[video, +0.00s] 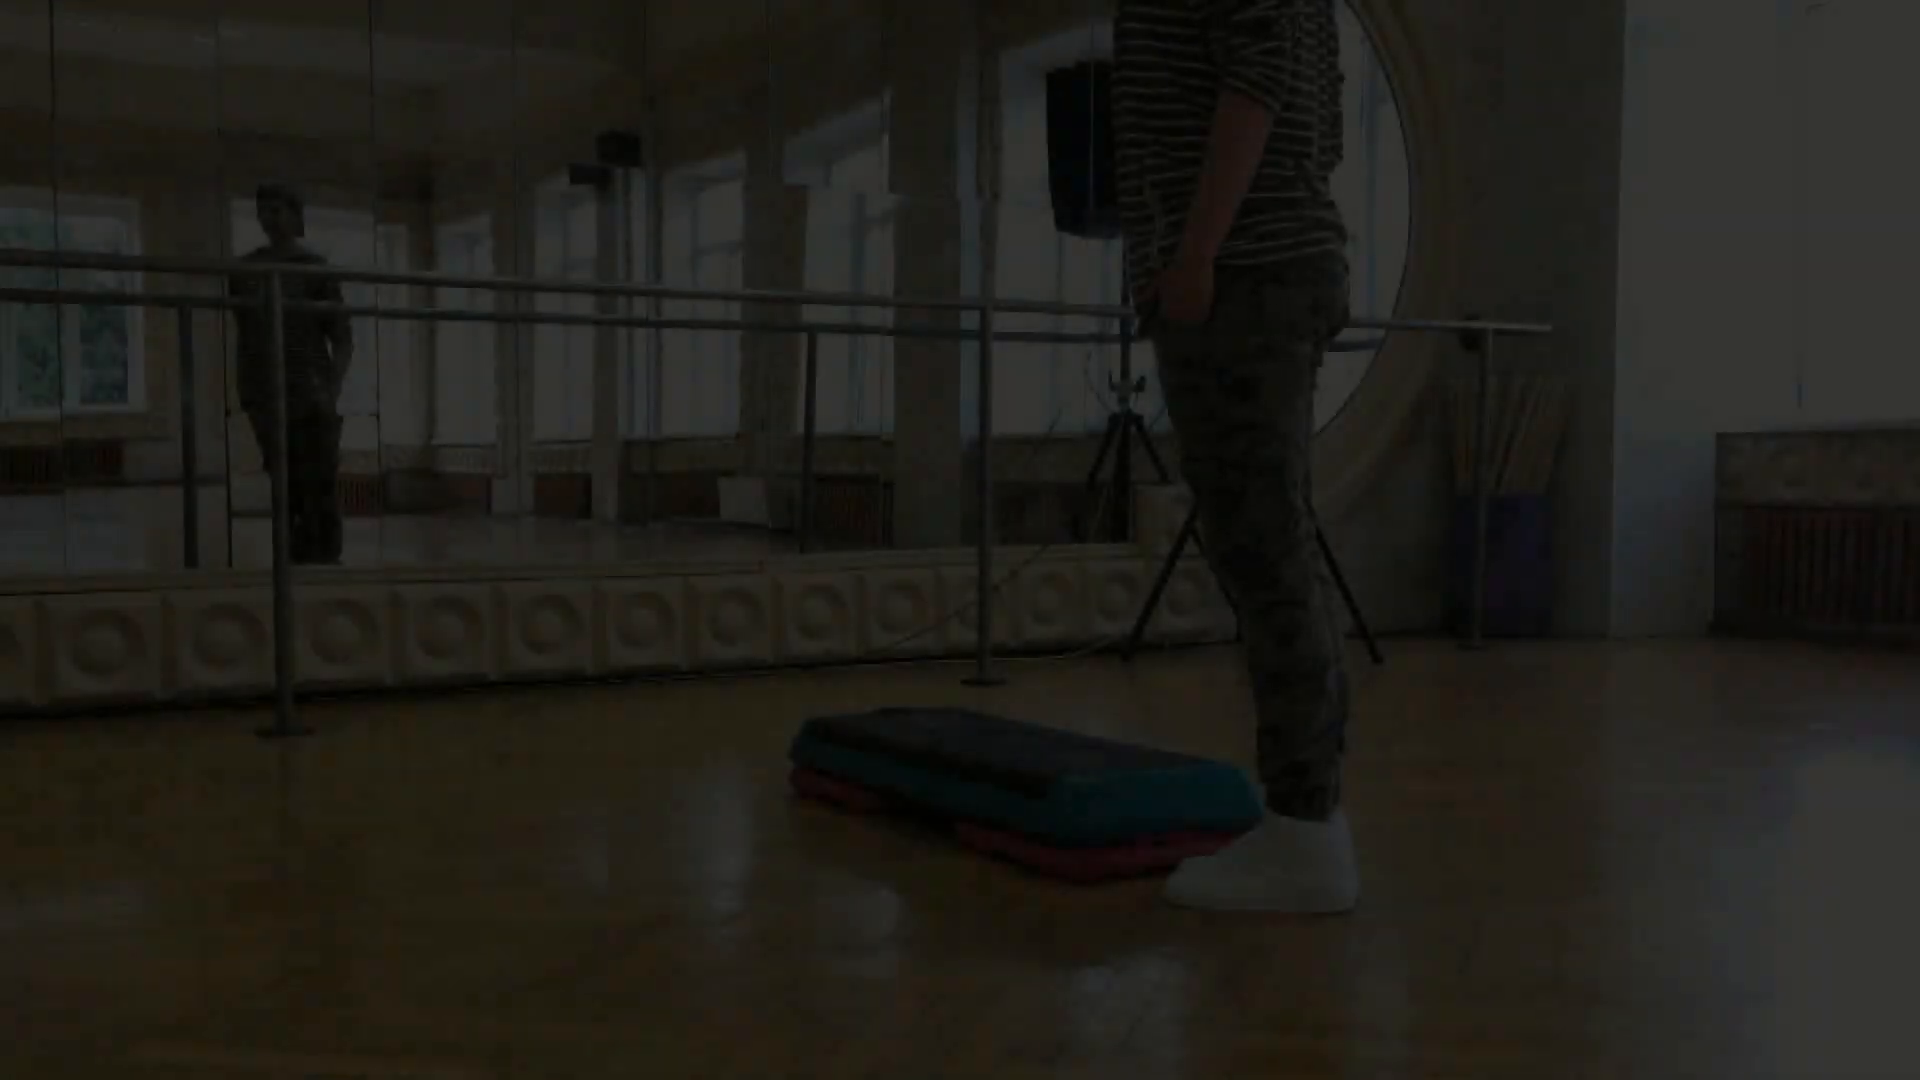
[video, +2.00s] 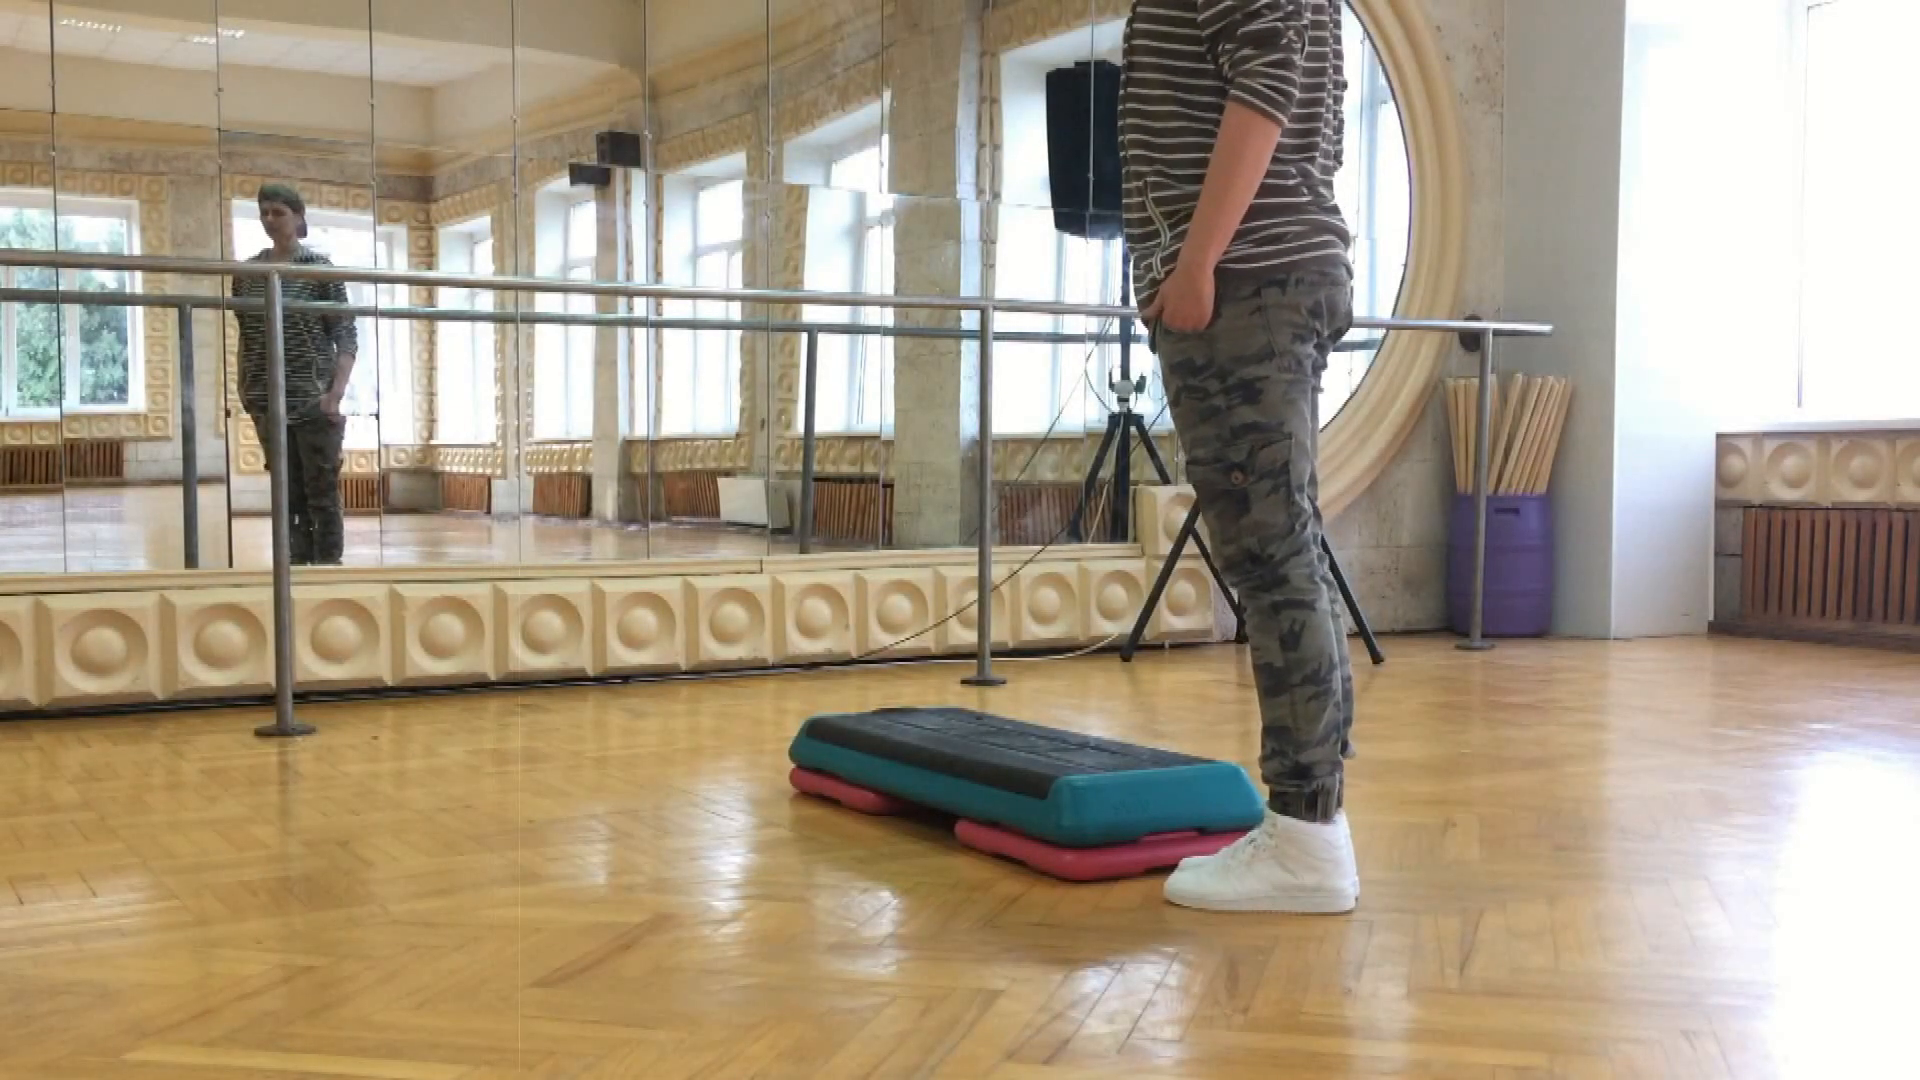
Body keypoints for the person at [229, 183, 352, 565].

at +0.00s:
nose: (274, 223)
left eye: (281, 213)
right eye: (268, 214)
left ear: (297, 217)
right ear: (260, 219)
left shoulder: (316, 267)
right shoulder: (245, 270)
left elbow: (341, 334)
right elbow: (244, 335)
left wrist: (332, 385)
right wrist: (246, 389)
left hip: (313, 390)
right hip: (265, 392)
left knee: (318, 476)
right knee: (285, 477)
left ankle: (323, 557)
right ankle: (293, 556)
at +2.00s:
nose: (270, 220)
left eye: (278, 213)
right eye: (265, 214)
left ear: (299, 218)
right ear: (260, 220)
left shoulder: (320, 268)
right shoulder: (246, 272)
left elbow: (346, 336)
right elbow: (246, 337)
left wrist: (334, 395)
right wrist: (246, 393)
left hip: (316, 401)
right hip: (266, 404)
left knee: (320, 493)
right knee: (286, 495)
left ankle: (327, 573)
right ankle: (296, 572)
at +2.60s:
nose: (272, 230)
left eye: (280, 223)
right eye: (266, 224)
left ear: (301, 227)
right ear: (262, 230)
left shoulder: (327, 275)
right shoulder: (258, 279)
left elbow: (368, 335)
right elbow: (260, 330)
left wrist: (344, 384)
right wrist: (258, 384)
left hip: (322, 393)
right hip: (275, 397)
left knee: (298, 448)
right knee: (278, 484)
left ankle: (325, 532)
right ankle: (297, 566)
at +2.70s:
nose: (271, 210)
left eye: (278, 203)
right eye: (265, 204)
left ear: (299, 206)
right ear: (262, 211)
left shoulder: (327, 255)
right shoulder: (263, 261)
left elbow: (370, 311)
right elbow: (271, 313)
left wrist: (351, 361)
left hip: (334, 369)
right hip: (292, 373)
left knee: (313, 452)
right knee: (301, 458)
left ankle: (340, 541)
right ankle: (303, 547)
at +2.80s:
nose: (274, 205)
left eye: (281, 198)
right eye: (269, 200)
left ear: (303, 200)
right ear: (267, 207)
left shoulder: (327, 250)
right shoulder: (273, 257)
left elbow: (368, 303)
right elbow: (281, 316)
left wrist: (358, 360)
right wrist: (284, 365)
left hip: (344, 367)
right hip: (304, 370)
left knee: (328, 455)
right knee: (324, 457)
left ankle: (335, 545)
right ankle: (335, 543)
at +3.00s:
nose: (288, 215)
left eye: (296, 207)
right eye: (284, 208)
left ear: (320, 210)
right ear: (284, 215)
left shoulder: (343, 258)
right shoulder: (292, 265)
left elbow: (381, 314)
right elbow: (301, 323)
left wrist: (364, 362)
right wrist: (318, 364)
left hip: (362, 379)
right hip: (329, 381)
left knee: (337, 463)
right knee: (376, 464)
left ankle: (343, 554)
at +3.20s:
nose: (321, 226)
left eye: (329, 218)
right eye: (316, 220)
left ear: (351, 222)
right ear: (313, 225)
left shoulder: (363, 268)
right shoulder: (321, 275)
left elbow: (412, 328)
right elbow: (330, 333)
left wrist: (387, 381)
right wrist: (345, 371)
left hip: (391, 391)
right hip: (362, 395)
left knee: (349, 464)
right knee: (410, 479)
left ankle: (344, 557)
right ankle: (463, 555)